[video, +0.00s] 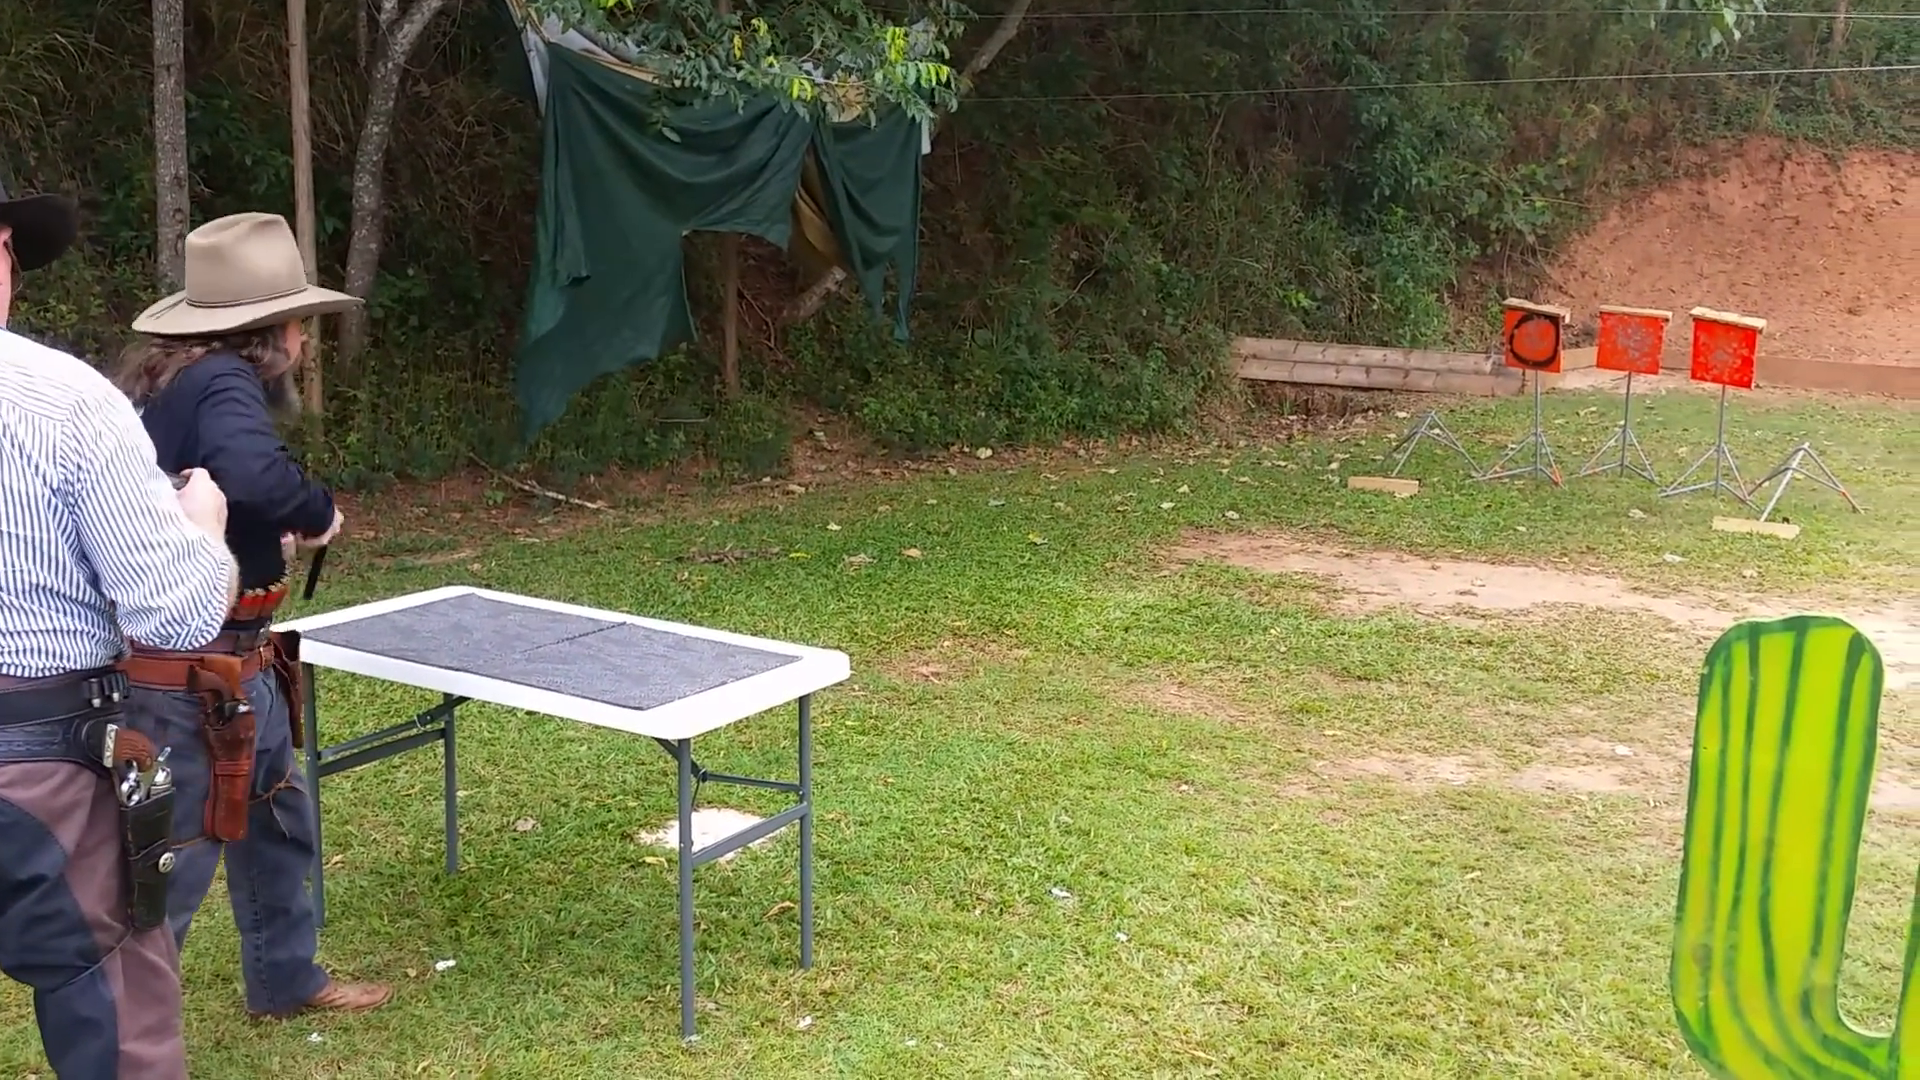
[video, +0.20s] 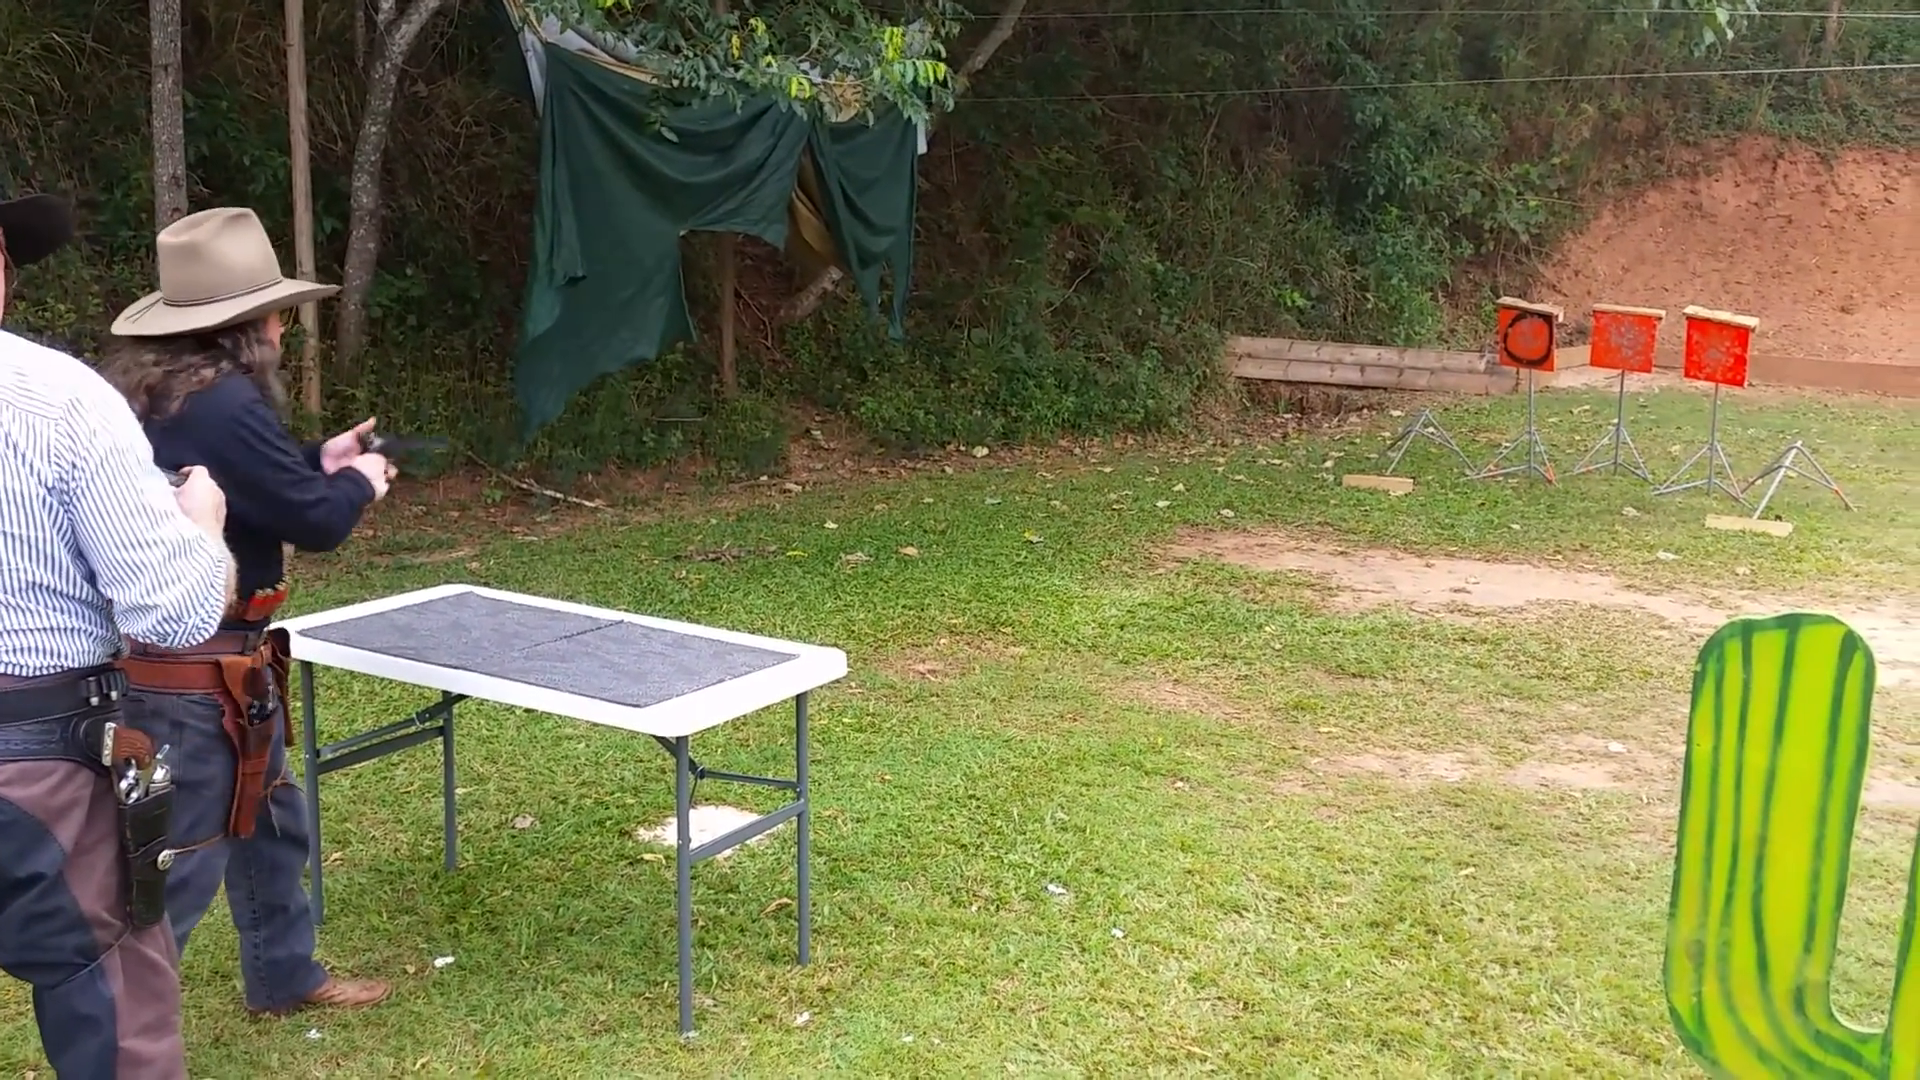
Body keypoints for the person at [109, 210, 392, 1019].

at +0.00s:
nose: (303, 340)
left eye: (302, 324)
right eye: (296, 325)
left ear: (217, 325)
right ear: (262, 330)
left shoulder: (167, 379)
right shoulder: (221, 382)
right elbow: (250, 472)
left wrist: (271, 524)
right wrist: (318, 510)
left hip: (233, 651)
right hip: (197, 657)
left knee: (276, 817)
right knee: (175, 852)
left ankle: (285, 982)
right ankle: (127, 1011)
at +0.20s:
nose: (283, 328)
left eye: (281, 314)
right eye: (276, 315)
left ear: (198, 323)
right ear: (245, 324)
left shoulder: (169, 393)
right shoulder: (228, 402)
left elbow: (246, 487)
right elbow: (316, 521)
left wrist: (318, 460)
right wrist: (359, 483)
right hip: (198, 665)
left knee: (275, 819)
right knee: (184, 858)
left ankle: (284, 979)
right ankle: (120, 1007)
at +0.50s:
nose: (281, 329)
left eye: (276, 316)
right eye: (271, 317)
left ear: (192, 325)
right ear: (243, 327)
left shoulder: (161, 393)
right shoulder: (231, 403)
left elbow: (306, 397)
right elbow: (342, 412)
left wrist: (393, 370)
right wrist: (427, 384)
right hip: (192, 663)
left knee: (263, 815)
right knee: (183, 858)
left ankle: (275, 980)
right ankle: (108, 1012)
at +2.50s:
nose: (279, 338)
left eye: (276, 324)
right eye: (269, 323)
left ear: (192, 325)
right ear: (233, 328)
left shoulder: (141, 384)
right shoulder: (224, 399)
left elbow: (304, 391)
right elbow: (336, 414)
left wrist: (401, 364)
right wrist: (429, 386)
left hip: (125, 651)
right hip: (160, 663)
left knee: (235, 814)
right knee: (146, 864)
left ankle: (244, 982)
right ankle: (71, 1019)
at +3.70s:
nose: (264, 366)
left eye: (268, 352)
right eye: (264, 350)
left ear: (189, 321)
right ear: (235, 339)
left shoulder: (138, 378)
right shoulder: (188, 398)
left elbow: (219, 449)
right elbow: (300, 484)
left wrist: (301, 436)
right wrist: (376, 446)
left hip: (185, 653)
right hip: (155, 666)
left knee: (235, 819)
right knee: (149, 855)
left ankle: (240, 985)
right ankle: (76, 1012)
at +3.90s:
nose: (250, 399)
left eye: (257, 386)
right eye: (254, 382)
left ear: (192, 341)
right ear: (228, 363)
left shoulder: (125, 377)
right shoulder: (143, 387)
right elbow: (202, 465)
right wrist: (279, 507)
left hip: (193, 659)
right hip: (135, 670)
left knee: (236, 823)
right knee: (137, 862)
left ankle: (240, 988)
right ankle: (78, 1018)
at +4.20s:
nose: (213, 413)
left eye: (220, 401)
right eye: (212, 398)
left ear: (160, 363)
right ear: (177, 378)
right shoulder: (121, 438)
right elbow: (174, 559)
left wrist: (204, 534)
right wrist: (233, 622)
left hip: (178, 670)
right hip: (112, 680)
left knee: (216, 833)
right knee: (117, 869)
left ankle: (236, 987)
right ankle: (72, 1007)